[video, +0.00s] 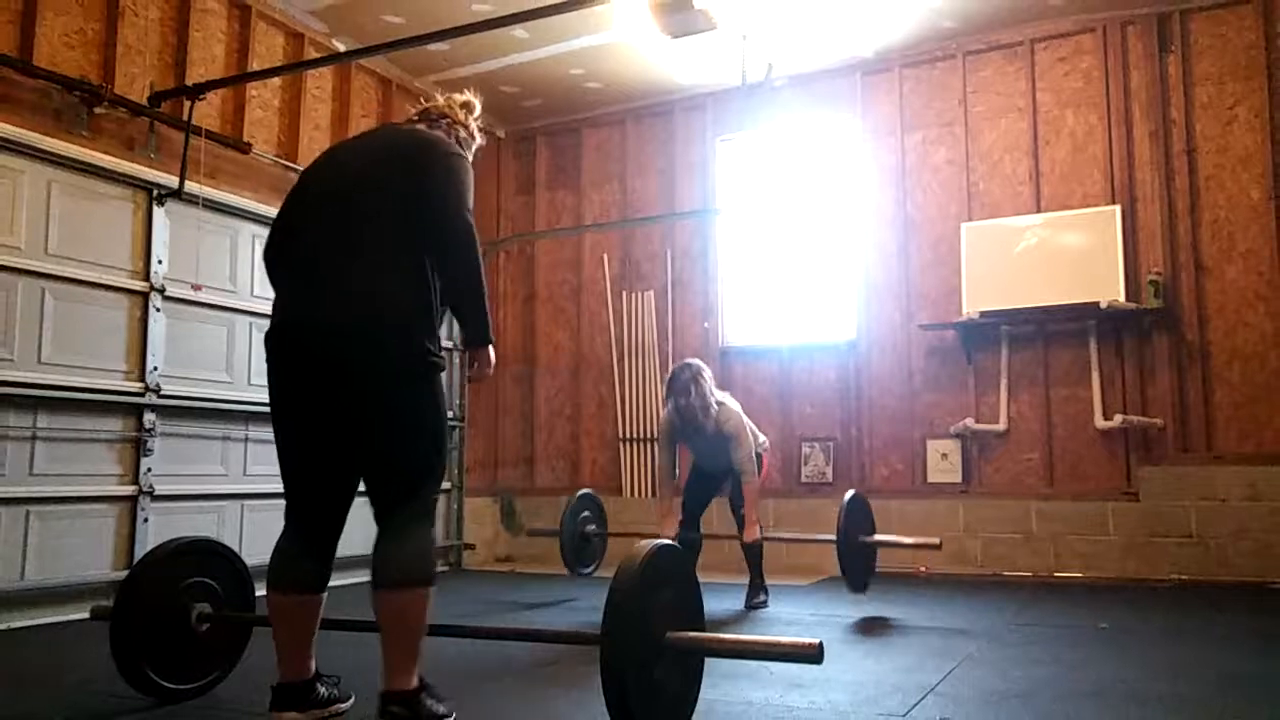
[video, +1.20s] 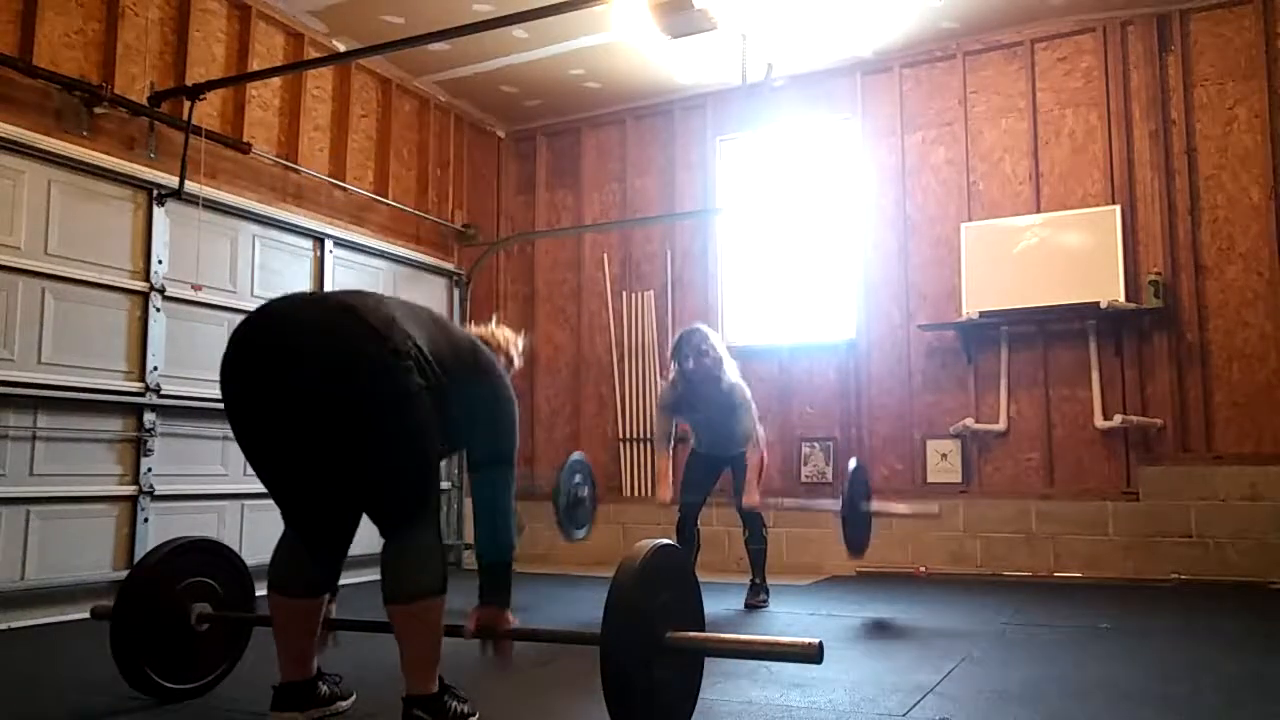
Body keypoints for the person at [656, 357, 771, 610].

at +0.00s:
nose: (685, 405)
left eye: (691, 399)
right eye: (679, 400)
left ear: (704, 394)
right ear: (673, 398)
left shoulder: (728, 414)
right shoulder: (670, 419)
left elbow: (748, 469)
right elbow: (665, 469)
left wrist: (752, 522)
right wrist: (667, 516)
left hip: (743, 459)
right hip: (707, 464)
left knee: (741, 510)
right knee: (689, 515)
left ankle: (757, 585)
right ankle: (683, 583)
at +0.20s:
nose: (692, 372)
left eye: (697, 364)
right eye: (685, 366)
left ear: (709, 362)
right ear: (677, 369)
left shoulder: (730, 388)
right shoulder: (672, 396)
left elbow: (749, 440)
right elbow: (668, 442)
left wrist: (753, 493)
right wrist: (668, 489)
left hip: (745, 443)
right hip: (709, 447)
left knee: (750, 507)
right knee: (694, 512)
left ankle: (758, 583)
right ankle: (685, 582)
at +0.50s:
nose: (692, 346)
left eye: (698, 339)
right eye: (686, 340)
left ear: (711, 338)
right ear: (679, 342)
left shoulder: (731, 366)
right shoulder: (675, 372)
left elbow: (763, 407)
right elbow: (666, 412)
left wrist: (755, 453)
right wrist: (668, 454)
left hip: (743, 441)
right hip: (707, 443)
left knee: (748, 506)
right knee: (694, 511)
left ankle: (758, 583)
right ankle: (685, 581)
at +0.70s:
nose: (695, 342)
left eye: (701, 335)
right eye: (688, 336)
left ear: (712, 332)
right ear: (679, 339)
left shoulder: (735, 358)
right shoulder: (674, 362)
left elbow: (776, 372)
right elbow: (661, 377)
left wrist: (758, 408)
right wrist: (665, 410)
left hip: (744, 440)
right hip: (705, 442)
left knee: (746, 504)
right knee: (692, 511)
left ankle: (758, 582)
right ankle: (685, 581)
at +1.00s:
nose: (691, 341)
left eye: (698, 333)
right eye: (685, 335)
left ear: (713, 332)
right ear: (678, 337)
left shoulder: (732, 360)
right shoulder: (673, 364)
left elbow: (775, 388)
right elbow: (657, 389)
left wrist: (758, 425)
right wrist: (664, 424)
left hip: (742, 442)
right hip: (703, 443)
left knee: (747, 506)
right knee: (691, 512)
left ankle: (758, 582)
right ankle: (684, 581)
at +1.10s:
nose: (692, 347)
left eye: (699, 340)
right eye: (686, 341)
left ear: (713, 339)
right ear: (679, 344)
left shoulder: (736, 372)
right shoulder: (671, 377)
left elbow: (764, 415)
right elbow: (661, 416)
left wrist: (756, 458)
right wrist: (664, 456)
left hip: (742, 444)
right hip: (704, 445)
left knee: (747, 506)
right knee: (690, 511)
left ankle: (758, 583)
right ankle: (684, 582)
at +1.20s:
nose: (693, 363)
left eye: (701, 354)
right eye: (685, 357)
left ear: (716, 355)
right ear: (678, 362)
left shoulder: (733, 387)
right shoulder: (674, 392)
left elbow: (755, 439)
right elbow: (664, 440)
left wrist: (753, 487)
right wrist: (666, 484)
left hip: (741, 448)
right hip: (704, 451)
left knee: (748, 508)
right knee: (687, 514)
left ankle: (758, 584)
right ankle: (683, 584)